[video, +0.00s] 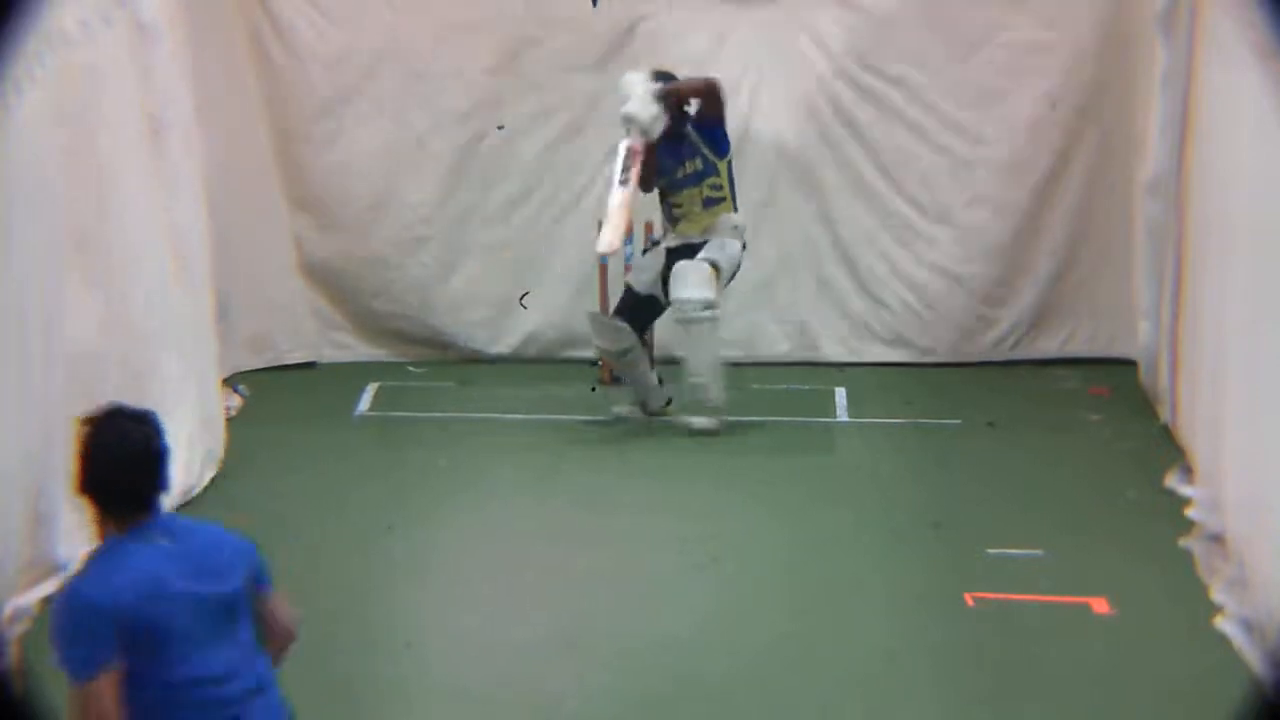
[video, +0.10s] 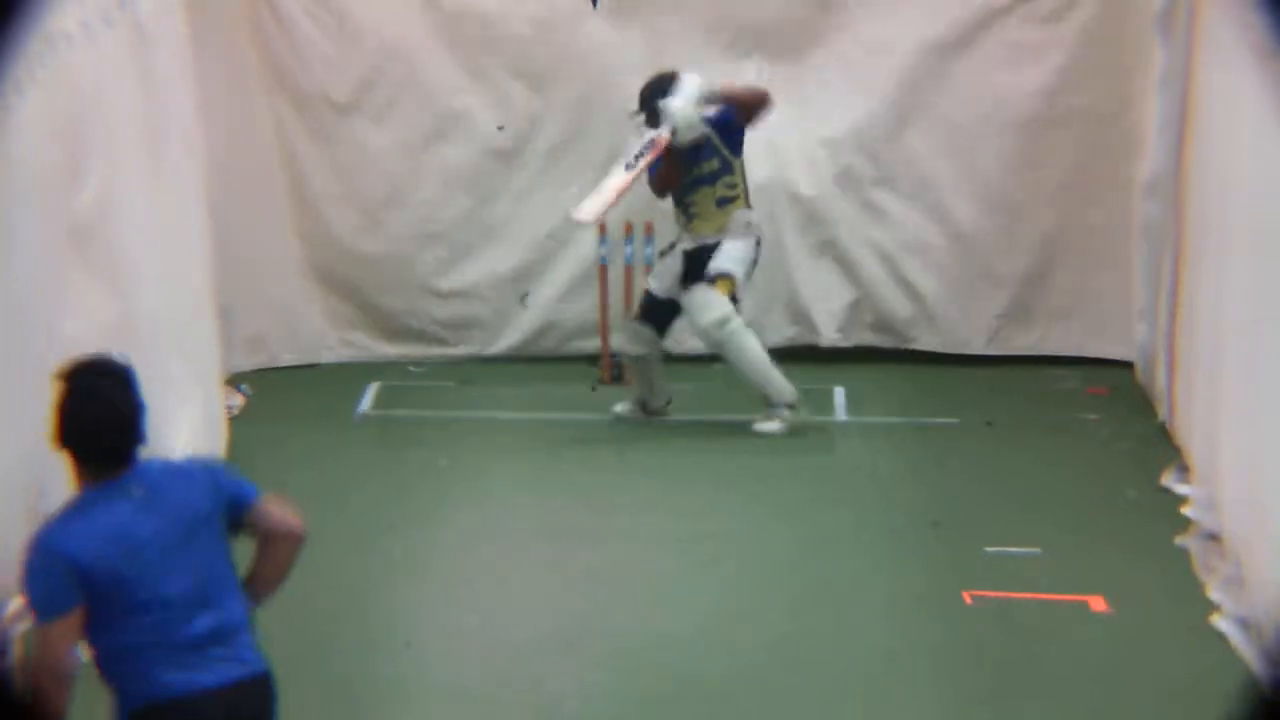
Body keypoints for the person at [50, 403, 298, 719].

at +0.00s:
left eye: (80, 464)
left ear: (84, 485)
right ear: (162, 474)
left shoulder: (91, 595)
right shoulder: (229, 547)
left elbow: (103, 709)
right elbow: (282, 630)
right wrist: (244, 681)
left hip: (168, 710)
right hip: (260, 708)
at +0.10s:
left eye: (56, 415)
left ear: (61, 436)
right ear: (138, 423)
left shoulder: (60, 544)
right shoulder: (201, 482)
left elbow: (55, 672)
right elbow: (288, 529)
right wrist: (244, 603)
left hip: (159, 704)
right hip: (246, 693)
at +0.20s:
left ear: (47, 411)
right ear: (121, 396)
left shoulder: (39, 513)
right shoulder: (187, 454)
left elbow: (40, 642)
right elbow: (279, 504)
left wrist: (29, 708)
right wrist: (238, 600)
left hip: (127, 693)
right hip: (212, 678)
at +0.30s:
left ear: (35, 429)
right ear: (114, 419)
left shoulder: (23, 528)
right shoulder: (174, 490)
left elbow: (24, 649)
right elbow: (251, 568)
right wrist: (217, 671)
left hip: (81, 703)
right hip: (170, 696)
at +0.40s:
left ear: (25, 431)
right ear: (101, 425)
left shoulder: (16, 518)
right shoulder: (155, 507)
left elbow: (7, 632)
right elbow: (195, 609)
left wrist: (16, 687)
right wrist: (153, 657)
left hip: (58, 701)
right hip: (146, 700)